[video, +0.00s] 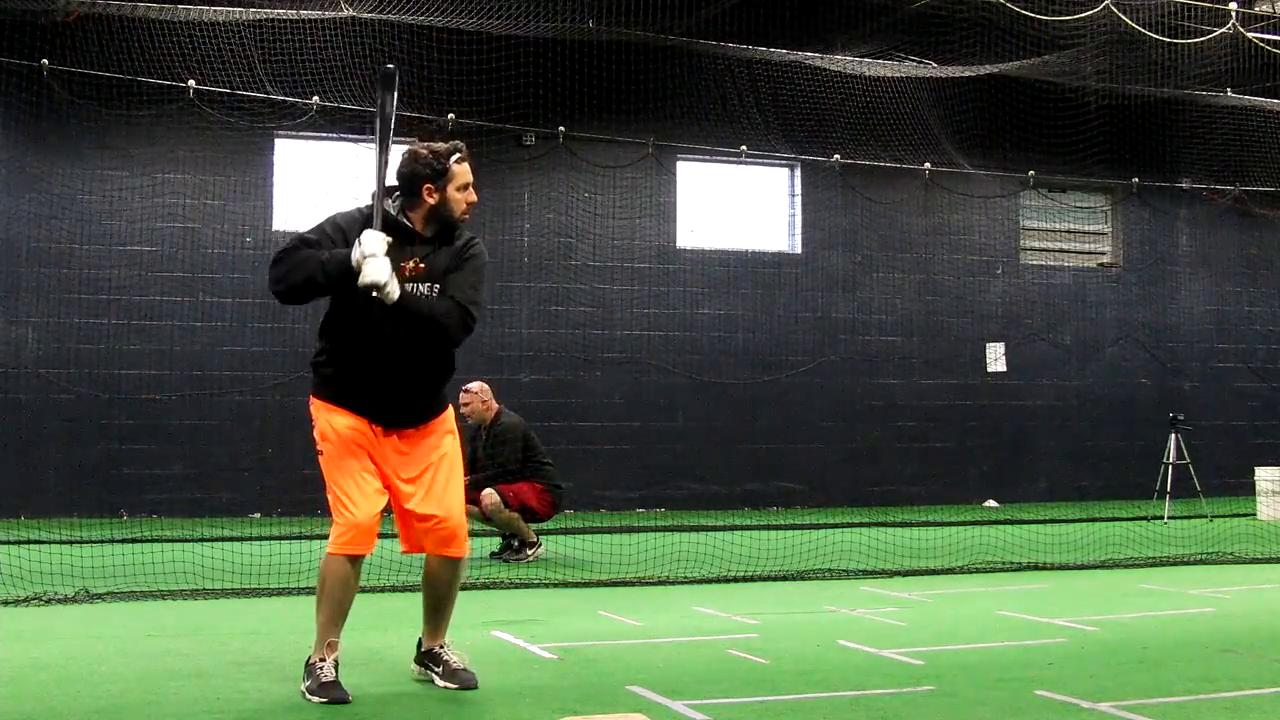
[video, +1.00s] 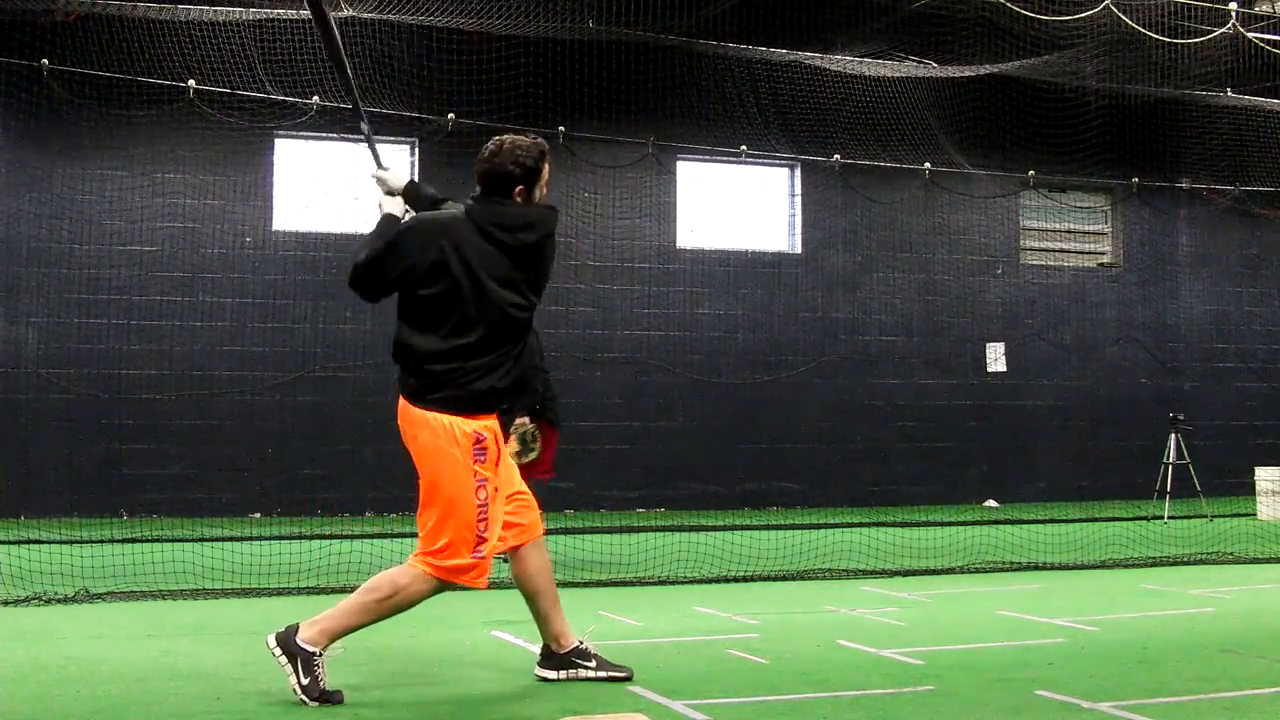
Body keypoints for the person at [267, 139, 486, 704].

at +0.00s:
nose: (474, 197)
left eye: (474, 186)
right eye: (465, 188)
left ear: (442, 191)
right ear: (430, 192)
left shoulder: (464, 249)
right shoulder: (361, 226)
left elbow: (457, 320)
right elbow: (283, 277)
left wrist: (399, 290)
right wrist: (351, 262)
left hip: (425, 417)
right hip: (348, 410)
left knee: (449, 532)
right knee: (357, 524)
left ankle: (433, 648)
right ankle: (322, 660)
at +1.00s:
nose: (547, 189)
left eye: (546, 180)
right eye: (545, 182)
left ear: (483, 186)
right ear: (525, 188)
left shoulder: (426, 232)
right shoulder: (537, 228)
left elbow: (366, 282)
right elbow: (476, 215)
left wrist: (390, 217)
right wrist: (411, 191)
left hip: (445, 412)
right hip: (463, 418)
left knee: (523, 526)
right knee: (444, 561)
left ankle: (562, 649)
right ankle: (306, 640)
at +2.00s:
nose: (590, 203)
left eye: (594, 193)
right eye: (584, 192)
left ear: (572, 185)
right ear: (548, 183)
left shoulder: (557, 229)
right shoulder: (506, 251)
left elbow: (564, 315)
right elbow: (493, 359)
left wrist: (565, 377)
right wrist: (550, 408)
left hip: (521, 401)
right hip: (458, 402)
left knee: (569, 512)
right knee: (418, 527)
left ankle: (567, 645)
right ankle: (311, 636)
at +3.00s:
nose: (468, 152)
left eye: (466, 142)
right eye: (459, 143)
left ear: (433, 149)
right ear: (425, 150)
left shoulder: (469, 203)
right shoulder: (372, 212)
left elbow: (487, 243)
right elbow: (305, 259)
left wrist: (416, 201)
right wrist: (370, 209)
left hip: (453, 392)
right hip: (376, 395)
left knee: (476, 527)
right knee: (362, 528)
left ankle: (468, 645)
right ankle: (323, 657)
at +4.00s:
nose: (450, 181)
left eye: (451, 171)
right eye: (442, 172)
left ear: (416, 175)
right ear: (407, 176)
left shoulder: (443, 232)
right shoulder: (343, 214)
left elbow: (445, 300)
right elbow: (266, 257)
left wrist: (386, 259)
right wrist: (339, 236)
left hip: (409, 400)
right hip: (332, 404)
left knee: (451, 516)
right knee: (342, 525)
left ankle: (438, 629)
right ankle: (318, 658)